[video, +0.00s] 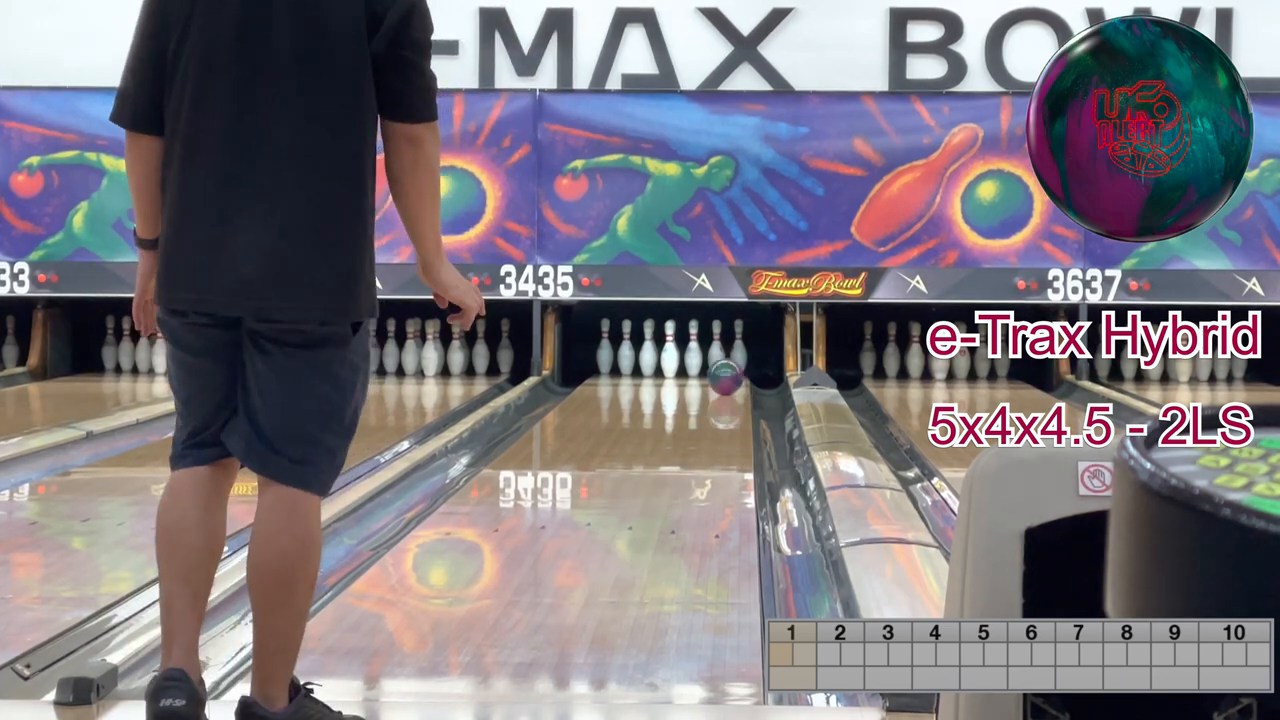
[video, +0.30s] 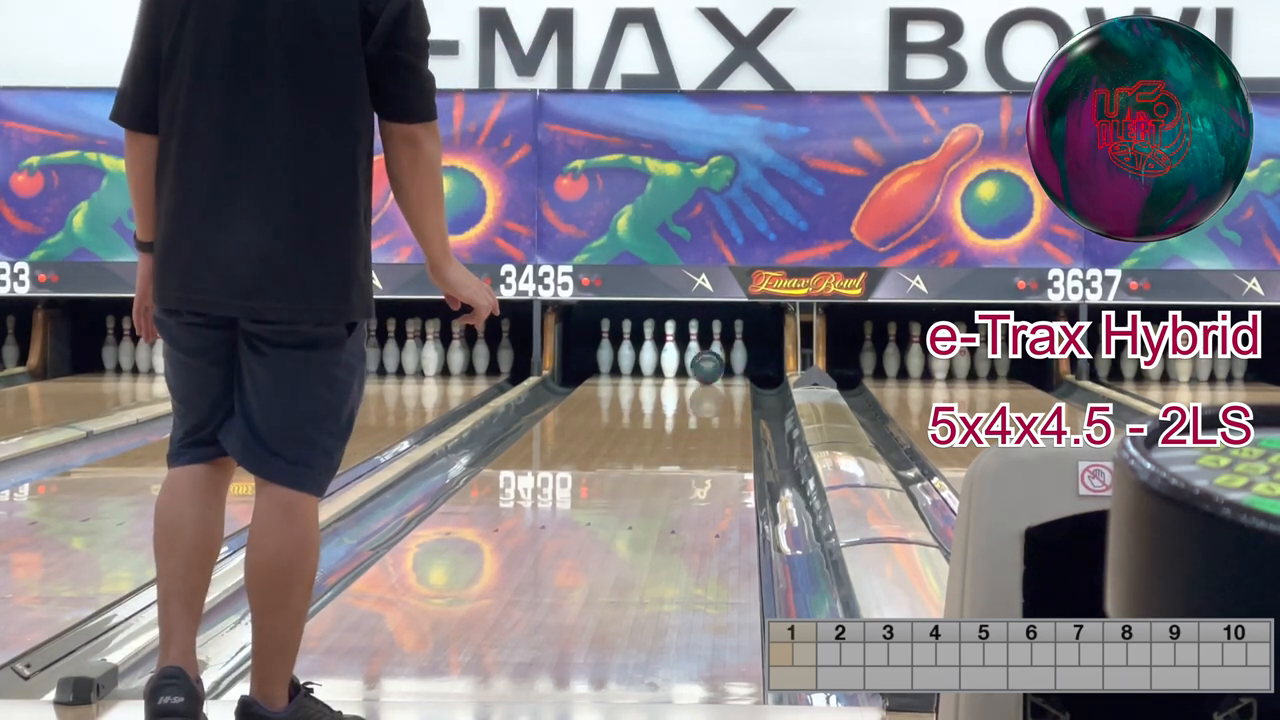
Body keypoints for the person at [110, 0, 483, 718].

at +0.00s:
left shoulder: (177, 2)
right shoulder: (386, 3)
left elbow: (141, 120)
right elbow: (410, 130)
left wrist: (151, 250)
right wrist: (434, 262)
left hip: (197, 257)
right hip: (316, 266)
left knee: (200, 452)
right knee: (292, 482)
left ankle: (177, 672)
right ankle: (271, 695)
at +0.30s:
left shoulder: (174, 2)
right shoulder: (384, 3)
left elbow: (141, 121)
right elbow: (409, 130)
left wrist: (150, 252)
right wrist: (443, 263)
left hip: (194, 256)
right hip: (312, 265)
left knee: (197, 452)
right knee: (289, 484)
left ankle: (174, 671)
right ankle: (271, 696)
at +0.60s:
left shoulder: (181, 0)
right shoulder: (390, 3)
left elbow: (150, 125)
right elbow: (419, 133)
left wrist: (163, 254)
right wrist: (456, 260)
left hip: (193, 259)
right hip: (312, 267)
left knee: (193, 452)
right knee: (287, 483)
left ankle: (173, 670)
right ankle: (272, 695)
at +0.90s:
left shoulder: (186, 0)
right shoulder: (402, 3)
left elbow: (152, 122)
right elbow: (430, 138)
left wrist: (173, 240)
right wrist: (458, 267)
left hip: (197, 260)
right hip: (322, 270)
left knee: (183, 443)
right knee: (289, 488)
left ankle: (181, 648)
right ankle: (273, 697)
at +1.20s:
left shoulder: (170, 5)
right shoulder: (396, 5)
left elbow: (138, 136)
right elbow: (420, 143)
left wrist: (144, 263)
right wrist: (431, 269)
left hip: (200, 272)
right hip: (333, 279)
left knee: (195, 481)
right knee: (296, 497)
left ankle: (226, 676)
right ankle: (278, 699)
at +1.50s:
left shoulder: (144, 7)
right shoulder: (389, 4)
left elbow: (119, 135)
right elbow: (409, 128)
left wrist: (118, 274)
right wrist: (425, 270)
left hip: (196, 272)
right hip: (330, 272)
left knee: (221, 497)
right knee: (323, 484)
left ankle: (244, 713)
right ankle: (317, 694)